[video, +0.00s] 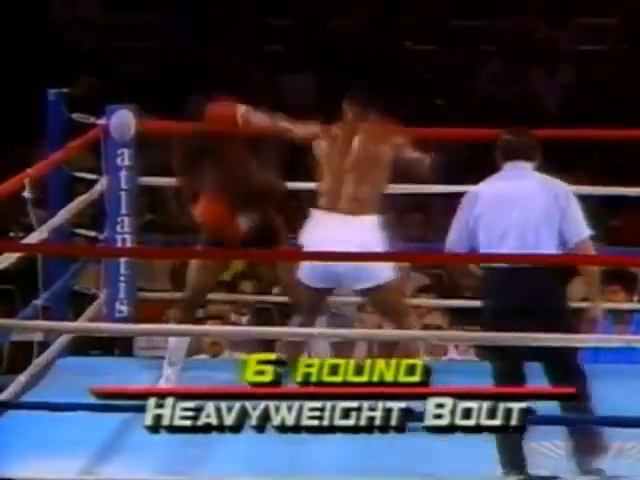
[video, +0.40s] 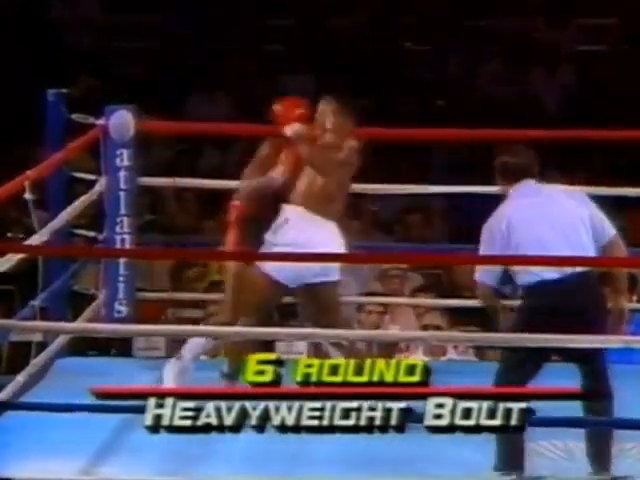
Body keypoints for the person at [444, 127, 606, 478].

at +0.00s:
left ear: (500, 159)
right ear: (537, 159)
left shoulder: (479, 193)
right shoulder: (556, 190)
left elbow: (453, 252)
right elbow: (584, 251)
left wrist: (478, 281)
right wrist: (595, 303)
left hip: (498, 286)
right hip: (545, 284)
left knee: (506, 375)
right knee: (564, 368)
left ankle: (512, 464)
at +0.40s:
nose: (498, 184)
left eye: (499, 179)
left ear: (502, 180)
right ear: (536, 173)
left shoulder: (500, 219)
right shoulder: (574, 197)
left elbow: (484, 286)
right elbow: (617, 252)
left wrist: (502, 314)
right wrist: (619, 299)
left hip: (539, 301)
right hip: (587, 296)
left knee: (509, 379)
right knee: (594, 373)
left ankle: (510, 466)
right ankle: (601, 464)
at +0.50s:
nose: (497, 193)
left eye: (498, 187)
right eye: (499, 187)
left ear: (502, 188)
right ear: (534, 179)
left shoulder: (503, 224)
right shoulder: (573, 199)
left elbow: (493, 295)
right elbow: (618, 251)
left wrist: (504, 333)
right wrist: (624, 299)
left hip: (544, 300)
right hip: (592, 292)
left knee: (514, 378)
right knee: (601, 368)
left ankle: (509, 466)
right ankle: (617, 455)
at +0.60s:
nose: (510, 195)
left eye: (510, 189)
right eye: (510, 189)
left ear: (517, 188)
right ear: (548, 180)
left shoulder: (513, 224)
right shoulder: (585, 202)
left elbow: (507, 293)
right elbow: (628, 256)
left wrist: (519, 326)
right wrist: (632, 303)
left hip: (554, 305)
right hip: (601, 298)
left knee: (518, 381)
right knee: (625, 372)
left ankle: (511, 465)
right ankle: (639, 445)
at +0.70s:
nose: (527, 192)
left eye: (528, 187)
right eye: (528, 187)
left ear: (533, 187)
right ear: (567, 181)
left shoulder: (525, 223)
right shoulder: (602, 205)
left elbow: (519, 288)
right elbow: (634, 251)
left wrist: (526, 327)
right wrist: (633, 294)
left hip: (562, 304)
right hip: (611, 299)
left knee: (528, 379)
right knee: (635, 372)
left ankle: (512, 464)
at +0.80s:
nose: (568, 181)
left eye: (569, 176)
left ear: (574, 176)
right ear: (610, 173)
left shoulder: (560, 213)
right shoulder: (633, 202)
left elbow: (545, 272)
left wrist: (561, 302)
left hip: (587, 296)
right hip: (634, 295)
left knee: (555, 376)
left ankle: (520, 462)